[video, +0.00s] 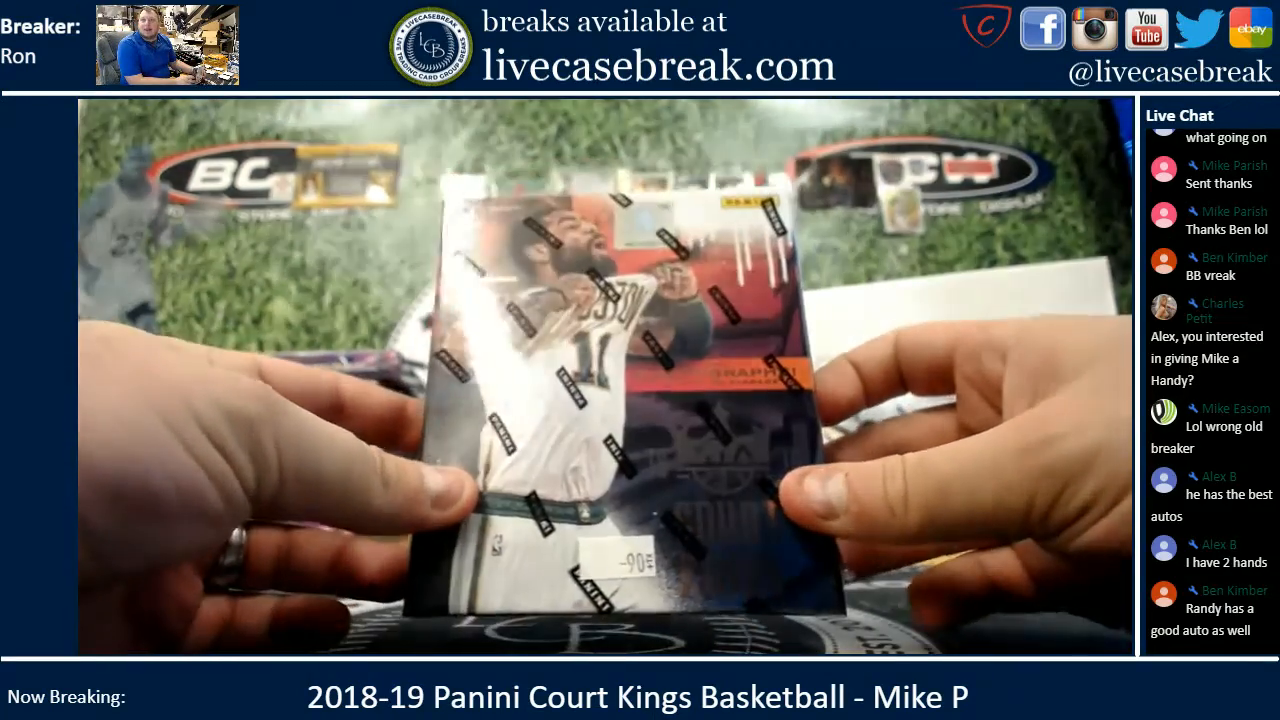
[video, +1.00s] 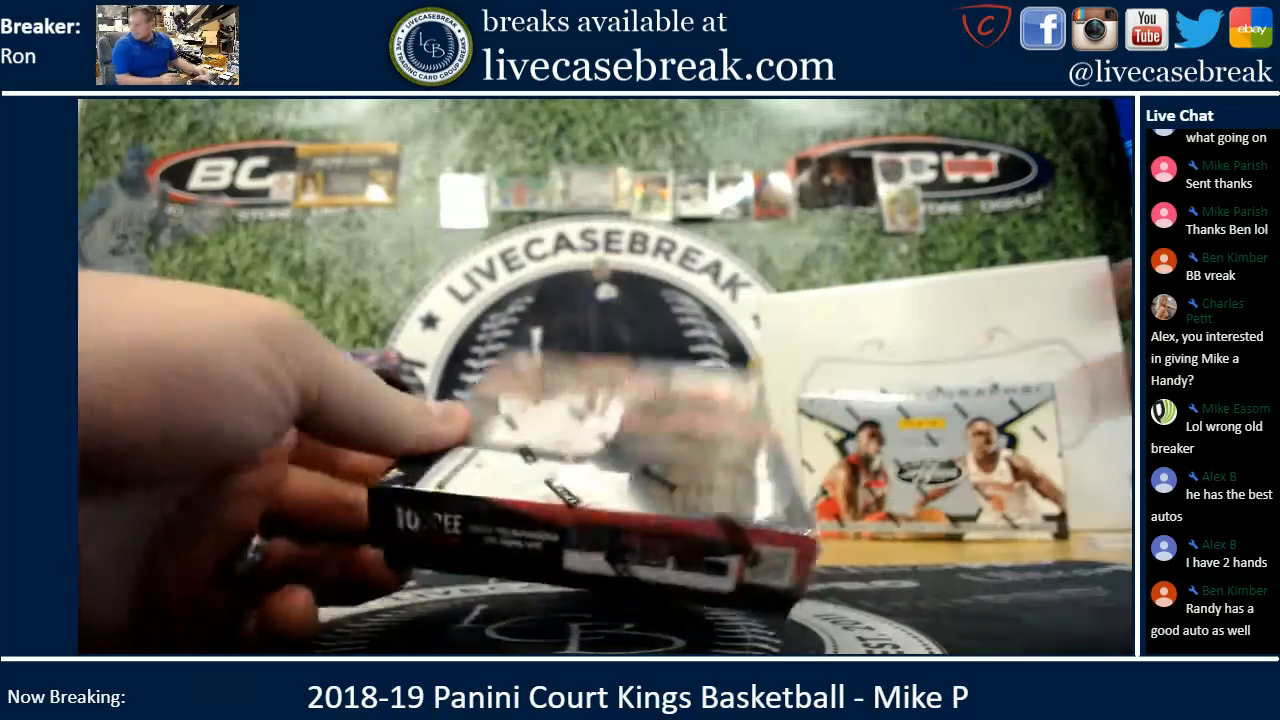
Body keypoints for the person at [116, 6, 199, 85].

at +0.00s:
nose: (147, 24)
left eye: (152, 20)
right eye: (143, 20)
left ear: (159, 24)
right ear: (138, 23)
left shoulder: (164, 40)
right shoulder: (128, 45)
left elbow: (174, 63)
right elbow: (136, 81)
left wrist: (194, 71)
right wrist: (177, 81)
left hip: (167, 92)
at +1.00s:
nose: (132, 29)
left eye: (137, 25)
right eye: (130, 25)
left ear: (151, 25)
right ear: (128, 25)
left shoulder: (164, 40)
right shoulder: (123, 46)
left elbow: (175, 61)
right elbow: (122, 80)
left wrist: (195, 70)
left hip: (163, 96)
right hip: (134, 98)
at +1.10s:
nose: (130, 30)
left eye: (134, 25)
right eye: (128, 25)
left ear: (149, 24)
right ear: (127, 25)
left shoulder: (164, 41)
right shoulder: (121, 45)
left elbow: (175, 60)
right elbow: (112, 78)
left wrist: (196, 69)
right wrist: (145, 81)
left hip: (162, 97)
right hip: (132, 100)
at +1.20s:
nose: (127, 30)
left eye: (131, 26)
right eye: (126, 26)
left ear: (145, 26)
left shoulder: (163, 41)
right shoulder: (119, 45)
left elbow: (177, 60)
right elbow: (107, 76)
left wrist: (197, 69)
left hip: (161, 97)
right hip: (130, 100)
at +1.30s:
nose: (125, 31)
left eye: (129, 27)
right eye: (124, 27)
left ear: (143, 26)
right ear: (123, 27)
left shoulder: (162, 41)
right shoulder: (118, 45)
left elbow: (177, 59)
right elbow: (102, 69)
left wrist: (197, 70)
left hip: (160, 98)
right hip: (128, 100)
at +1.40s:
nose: (123, 30)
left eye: (126, 26)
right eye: (122, 26)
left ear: (141, 26)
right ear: (120, 27)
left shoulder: (161, 41)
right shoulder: (115, 45)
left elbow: (178, 58)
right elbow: (101, 70)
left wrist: (197, 70)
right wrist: (94, 73)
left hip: (158, 100)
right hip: (126, 101)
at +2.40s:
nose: (133, 20)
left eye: (138, 16)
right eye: (130, 16)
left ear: (147, 21)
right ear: (125, 20)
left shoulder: (158, 40)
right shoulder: (113, 42)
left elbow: (170, 60)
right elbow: (105, 74)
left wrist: (189, 61)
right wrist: (102, 74)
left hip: (155, 98)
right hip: (124, 99)